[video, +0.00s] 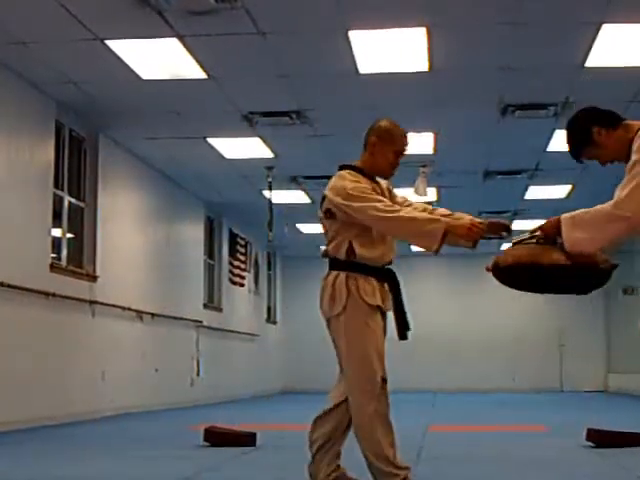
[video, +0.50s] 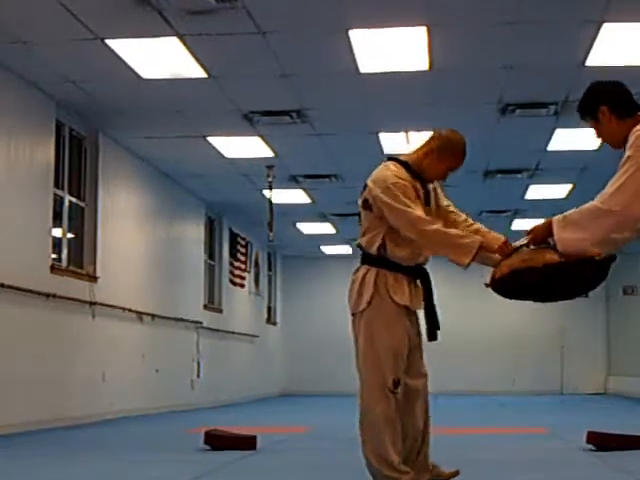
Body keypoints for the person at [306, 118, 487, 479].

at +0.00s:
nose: (399, 161)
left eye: (401, 154)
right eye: (396, 153)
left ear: (382, 149)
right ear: (373, 146)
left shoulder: (380, 190)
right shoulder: (345, 184)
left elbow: (420, 211)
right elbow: (390, 218)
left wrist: (476, 224)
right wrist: (453, 230)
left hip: (370, 291)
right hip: (350, 291)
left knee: (357, 382)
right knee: (369, 384)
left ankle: (323, 466)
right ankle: (390, 471)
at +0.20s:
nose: (423, 184)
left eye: (428, 180)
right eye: (425, 176)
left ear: (426, 172)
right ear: (412, 158)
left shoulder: (405, 192)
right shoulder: (369, 182)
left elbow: (444, 214)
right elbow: (412, 219)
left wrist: (496, 230)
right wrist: (477, 240)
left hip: (387, 288)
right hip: (359, 286)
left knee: (396, 375)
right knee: (369, 378)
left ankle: (354, 453)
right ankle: (389, 470)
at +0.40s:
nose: (435, 185)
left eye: (441, 181)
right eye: (437, 177)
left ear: (430, 161)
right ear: (424, 158)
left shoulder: (417, 188)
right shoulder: (383, 181)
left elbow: (454, 218)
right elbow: (423, 227)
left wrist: (501, 240)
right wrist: (486, 249)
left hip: (398, 289)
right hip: (372, 288)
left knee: (407, 379)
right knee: (378, 382)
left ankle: (409, 461)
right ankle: (388, 469)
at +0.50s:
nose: (447, 176)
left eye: (451, 170)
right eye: (448, 168)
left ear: (437, 155)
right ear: (433, 152)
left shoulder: (424, 186)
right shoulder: (388, 179)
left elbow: (455, 219)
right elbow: (421, 230)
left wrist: (501, 244)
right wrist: (484, 253)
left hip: (405, 289)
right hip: (379, 288)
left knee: (413, 381)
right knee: (383, 383)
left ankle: (417, 464)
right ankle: (388, 469)